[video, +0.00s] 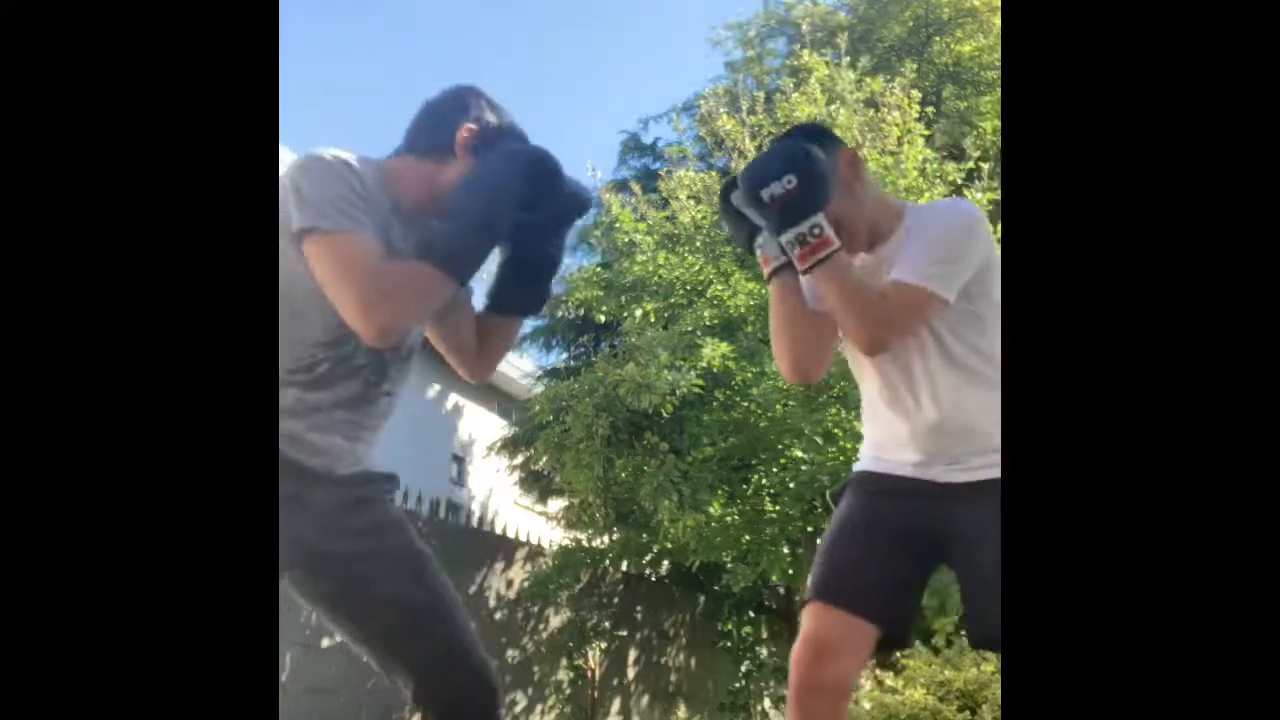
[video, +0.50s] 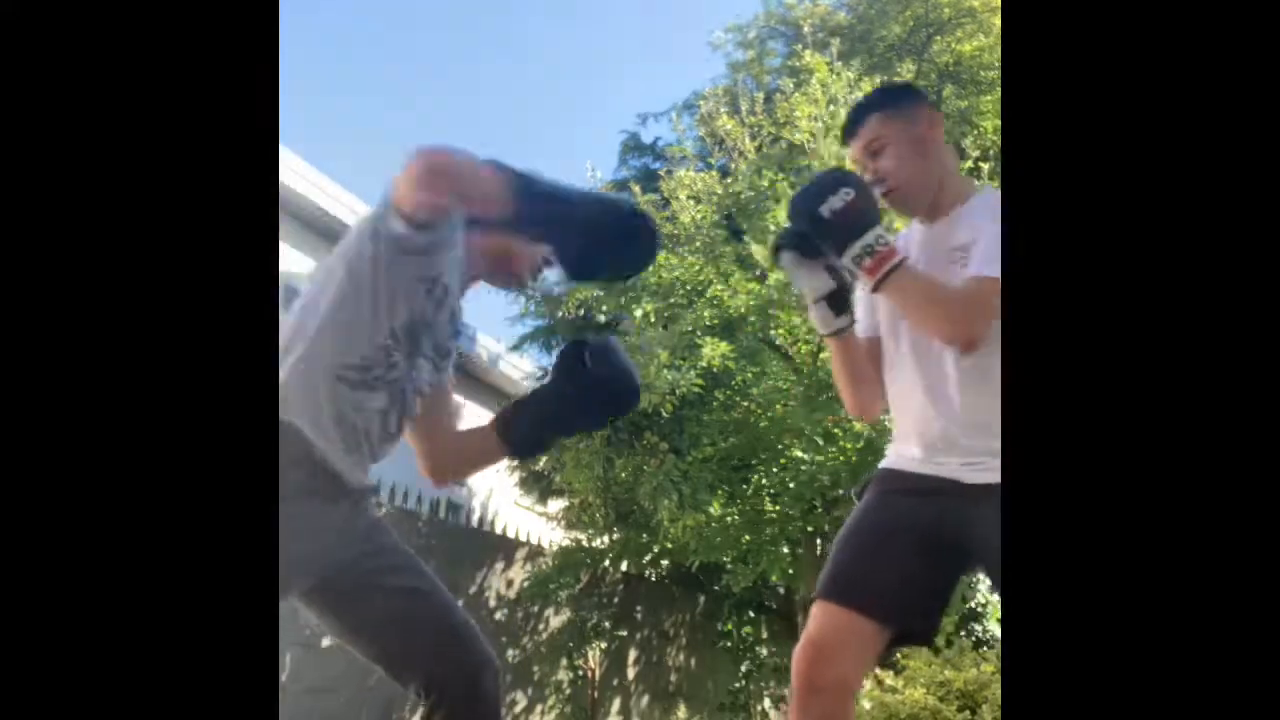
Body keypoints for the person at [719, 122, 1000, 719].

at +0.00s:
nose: (816, 230)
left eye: (819, 205)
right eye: (801, 221)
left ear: (852, 164)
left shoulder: (954, 223)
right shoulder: (834, 267)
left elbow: (873, 330)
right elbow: (801, 368)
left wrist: (811, 239)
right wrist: (778, 260)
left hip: (988, 480)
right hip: (888, 479)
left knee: (994, 667)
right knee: (818, 663)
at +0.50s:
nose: (870, 176)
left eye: (879, 152)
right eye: (861, 166)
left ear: (932, 129)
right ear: (860, 175)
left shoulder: (997, 216)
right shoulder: (887, 253)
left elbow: (965, 325)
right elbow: (865, 403)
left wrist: (868, 251)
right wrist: (827, 305)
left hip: (996, 479)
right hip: (915, 477)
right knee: (822, 666)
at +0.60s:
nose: (925, 155)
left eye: (935, 130)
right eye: (917, 142)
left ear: (988, 114)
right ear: (915, 152)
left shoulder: (999, 226)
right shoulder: (937, 235)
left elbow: (993, 323)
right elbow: (910, 390)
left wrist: (926, 253)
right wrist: (875, 301)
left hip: (994, 467)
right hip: (937, 462)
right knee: (832, 666)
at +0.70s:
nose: (958, 143)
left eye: (972, 123)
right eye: (949, 132)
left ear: (1010, 127)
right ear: (944, 149)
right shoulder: (953, 235)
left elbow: (979, 312)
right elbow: (883, 367)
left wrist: (919, 213)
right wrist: (881, 250)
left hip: (984, 466)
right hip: (955, 466)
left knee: (859, 671)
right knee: (853, 673)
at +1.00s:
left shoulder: (993, 279)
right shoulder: (998, 277)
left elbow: (955, 356)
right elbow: (955, 356)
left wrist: (966, 407)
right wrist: (966, 410)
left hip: (987, 503)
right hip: (988, 499)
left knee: (879, 691)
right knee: (876, 691)